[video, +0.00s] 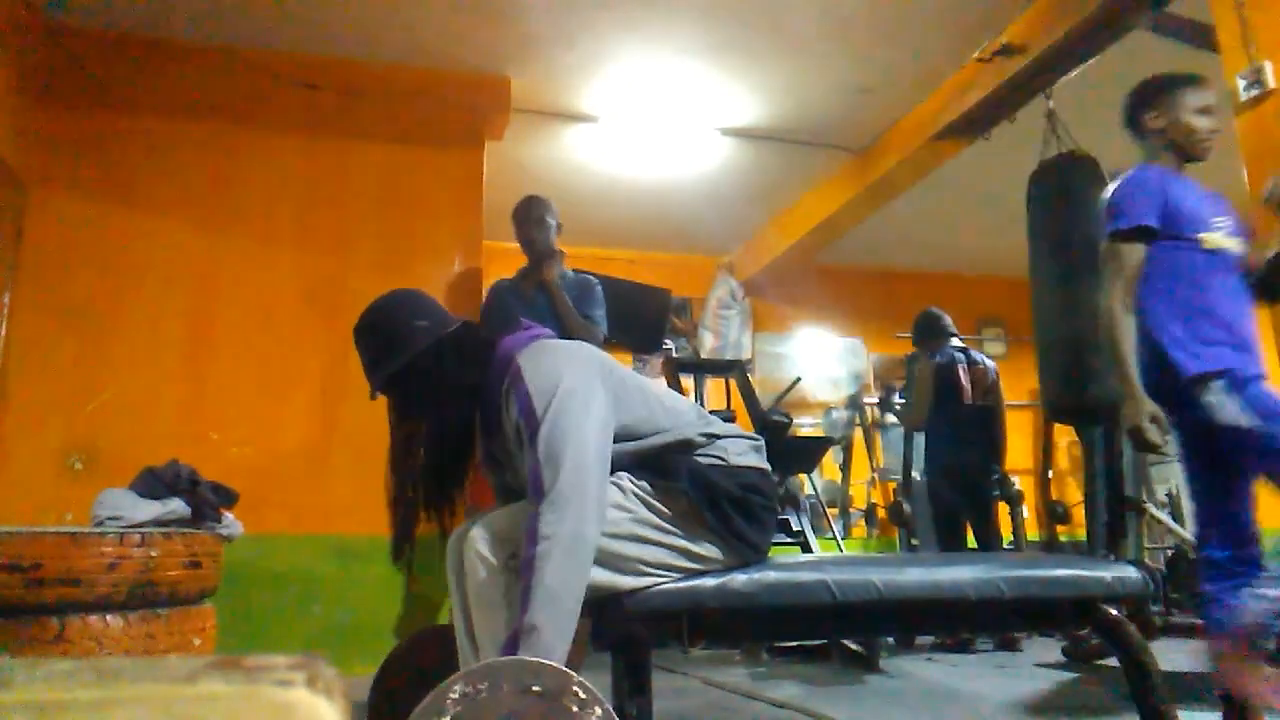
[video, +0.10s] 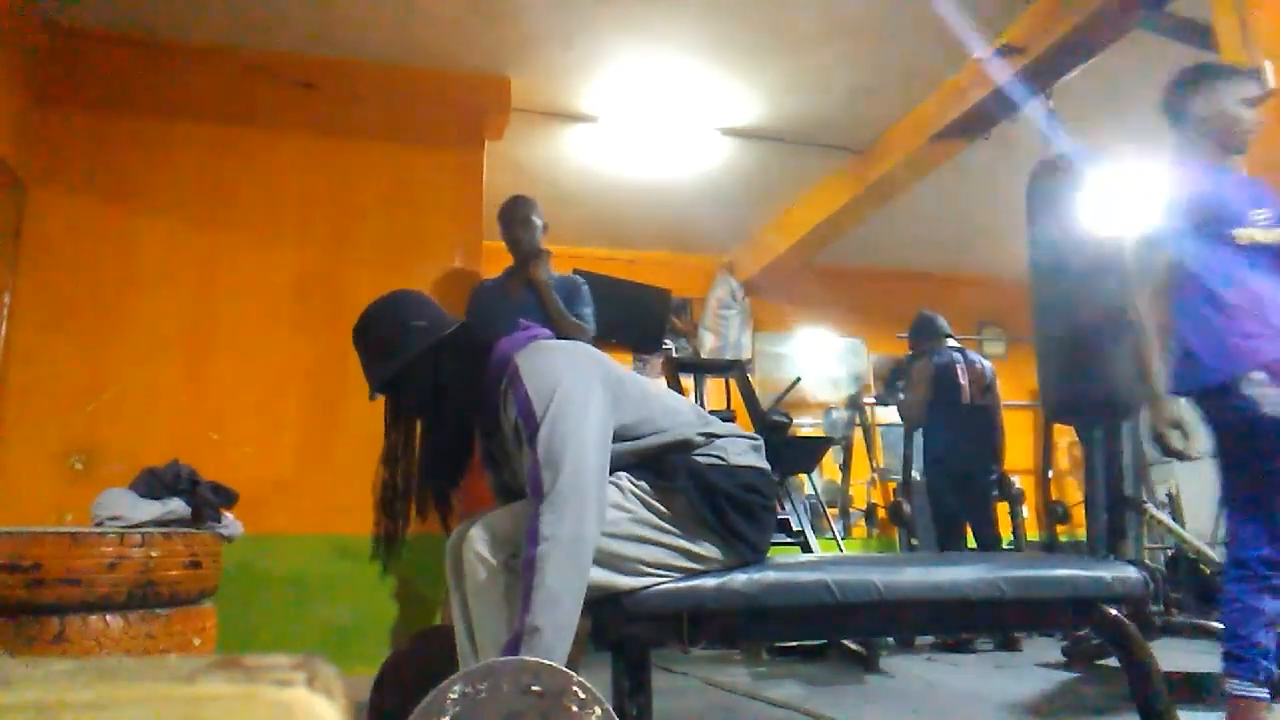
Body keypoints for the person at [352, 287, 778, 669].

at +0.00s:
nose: (409, 413)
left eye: (405, 392)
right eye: (398, 398)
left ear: (437, 365)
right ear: (442, 362)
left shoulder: (550, 368)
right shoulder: (496, 407)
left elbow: (568, 526)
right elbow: (518, 526)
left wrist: (534, 686)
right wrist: (499, 688)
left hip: (721, 499)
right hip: (666, 502)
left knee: (496, 543)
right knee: (469, 546)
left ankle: (527, 706)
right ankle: (491, 704)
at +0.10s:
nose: (408, 408)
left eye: (404, 388)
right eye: (396, 395)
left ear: (435, 361)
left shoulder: (546, 369)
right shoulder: (497, 402)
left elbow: (566, 528)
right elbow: (520, 524)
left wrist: (532, 685)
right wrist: (497, 688)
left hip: (720, 498)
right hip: (667, 499)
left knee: (493, 544)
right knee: (467, 546)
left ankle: (527, 706)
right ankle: (490, 706)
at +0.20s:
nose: (410, 410)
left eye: (408, 388)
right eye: (400, 397)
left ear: (442, 362)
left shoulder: (549, 371)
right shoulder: (498, 407)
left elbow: (567, 531)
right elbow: (512, 526)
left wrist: (533, 685)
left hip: (720, 500)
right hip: (667, 502)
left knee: (495, 545)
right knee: (466, 547)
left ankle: (528, 706)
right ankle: (489, 706)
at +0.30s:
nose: (410, 412)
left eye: (406, 389)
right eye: (399, 397)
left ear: (440, 363)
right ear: (445, 361)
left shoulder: (549, 373)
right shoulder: (500, 406)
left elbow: (565, 537)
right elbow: (508, 531)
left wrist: (528, 691)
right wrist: (489, 695)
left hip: (719, 503)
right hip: (666, 503)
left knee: (495, 543)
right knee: (465, 549)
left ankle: (527, 708)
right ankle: (486, 707)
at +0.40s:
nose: (406, 423)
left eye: (403, 402)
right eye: (394, 410)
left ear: (435, 370)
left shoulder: (539, 375)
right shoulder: (485, 412)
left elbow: (563, 532)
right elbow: (499, 530)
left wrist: (524, 686)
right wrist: (482, 686)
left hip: (716, 499)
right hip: (658, 503)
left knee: (497, 543)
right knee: (464, 548)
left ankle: (530, 704)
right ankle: (484, 703)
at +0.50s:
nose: (389, 432)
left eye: (386, 412)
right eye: (379, 420)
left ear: (415, 383)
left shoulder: (522, 384)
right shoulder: (463, 424)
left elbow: (550, 533)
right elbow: (446, 549)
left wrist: (516, 685)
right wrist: (472, 686)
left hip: (706, 495)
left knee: (490, 547)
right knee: (464, 546)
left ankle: (523, 703)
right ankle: (485, 701)